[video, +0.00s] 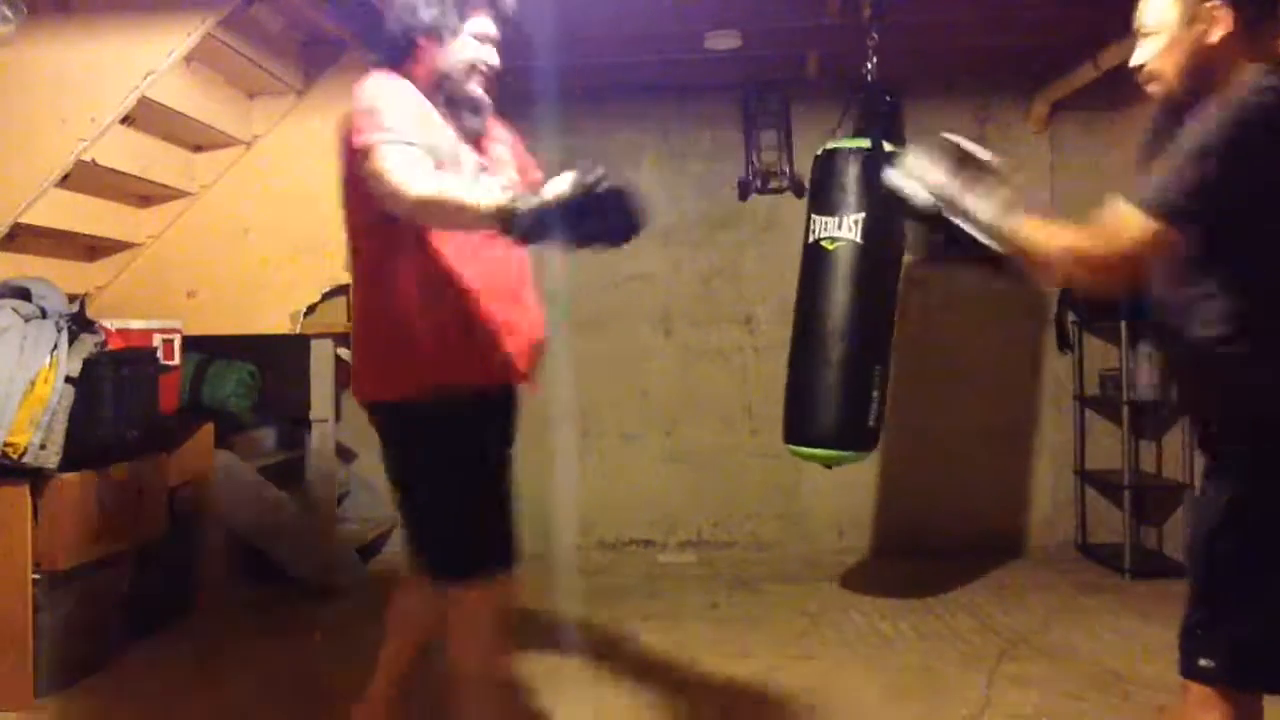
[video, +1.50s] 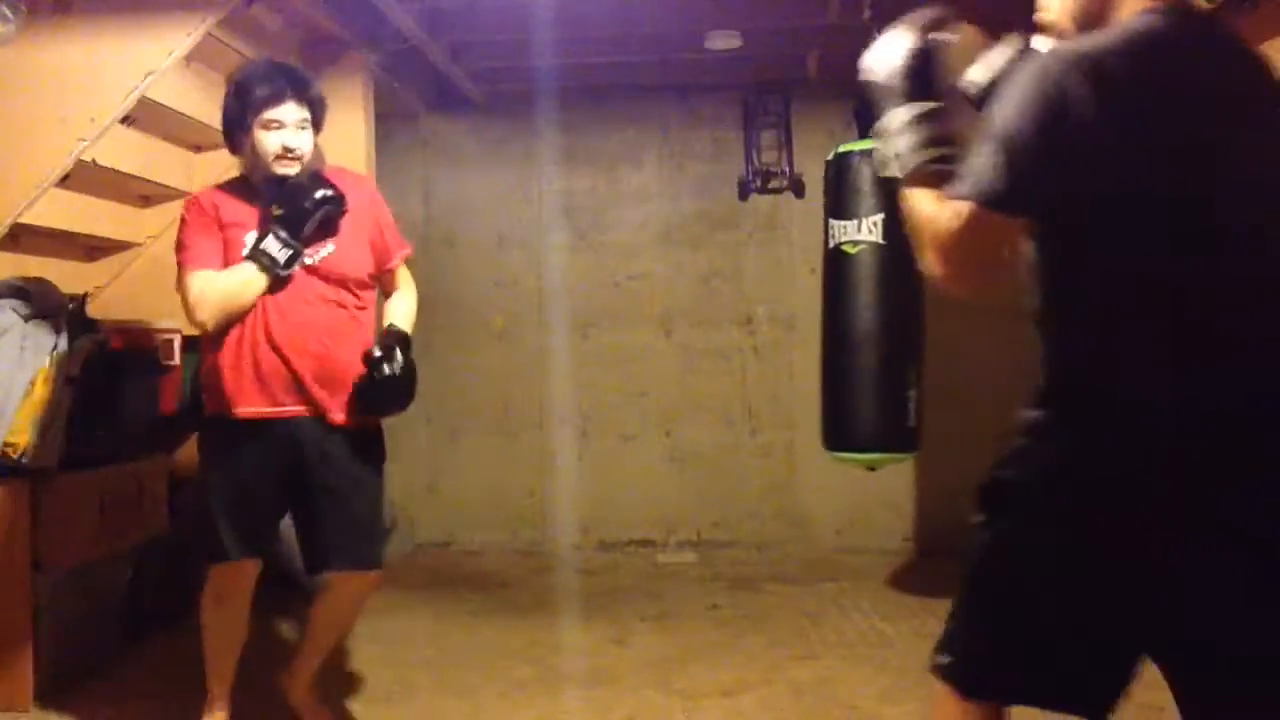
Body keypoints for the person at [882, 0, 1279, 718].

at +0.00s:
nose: (1136, 58)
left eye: (1150, 31)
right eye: (1138, 36)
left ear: (1215, 25)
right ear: (1211, 30)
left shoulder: (1247, 111)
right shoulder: (1211, 114)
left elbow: (1111, 257)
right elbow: (1115, 266)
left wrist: (984, 206)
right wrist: (997, 211)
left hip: (1259, 451)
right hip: (1243, 444)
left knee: (1215, 679)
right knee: (1233, 675)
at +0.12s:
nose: (1184, 51)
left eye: (1198, 25)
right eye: (1184, 30)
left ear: (1266, 19)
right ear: (1260, 25)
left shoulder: (1267, 135)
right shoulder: (1256, 134)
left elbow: (1263, 292)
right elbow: (1242, 285)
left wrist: (1116, 313)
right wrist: (1125, 319)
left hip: (1269, 441)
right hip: (1255, 436)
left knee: (1220, 676)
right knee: (1231, 673)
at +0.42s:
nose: (1261, 49)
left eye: (1269, 33)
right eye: (1259, 38)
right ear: (1262, 57)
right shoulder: (1276, 169)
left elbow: (1272, 297)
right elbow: (1266, 296)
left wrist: (1225, 293)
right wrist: (1205, 294)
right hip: (1276, 457)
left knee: (1226, 654)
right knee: (1230, 654)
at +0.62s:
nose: (1214, 33)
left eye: (1231, 9)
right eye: (1214, 15)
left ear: (1276, 11)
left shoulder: (1274, 109)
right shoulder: (1266, 106)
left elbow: (1173, 261)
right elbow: (1224, 225)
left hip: (1272, 441)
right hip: (1267, 434)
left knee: (1197, 670)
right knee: (1224, 668)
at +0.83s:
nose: (1115, 44)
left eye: (1127, 17)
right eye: (1115, 21)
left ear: (1193, 12)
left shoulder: (1186, 118)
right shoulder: (1261, 102)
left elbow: (1082, 290)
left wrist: (1015, 170)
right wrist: (1093, 155)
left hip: (1204, 475)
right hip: (1263, 465)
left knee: (1132, 690)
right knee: (1247, 684)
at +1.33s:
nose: (1092, 20)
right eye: (1094, 0)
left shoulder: (1141, 91)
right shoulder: (1266, 75)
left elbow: (1034, 277)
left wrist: (987, 145)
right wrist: (1102, 111)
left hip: (1148, 473)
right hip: (1259, 463)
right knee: (1262, 691)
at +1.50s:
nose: (1038, 3)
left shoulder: (1071, 81)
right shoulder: (1256, 79)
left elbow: (958, 259)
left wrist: (905, 113)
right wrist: (1026, 91)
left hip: (1093, 469)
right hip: (1244, 464)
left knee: (973, 690)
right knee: (1243, 694)